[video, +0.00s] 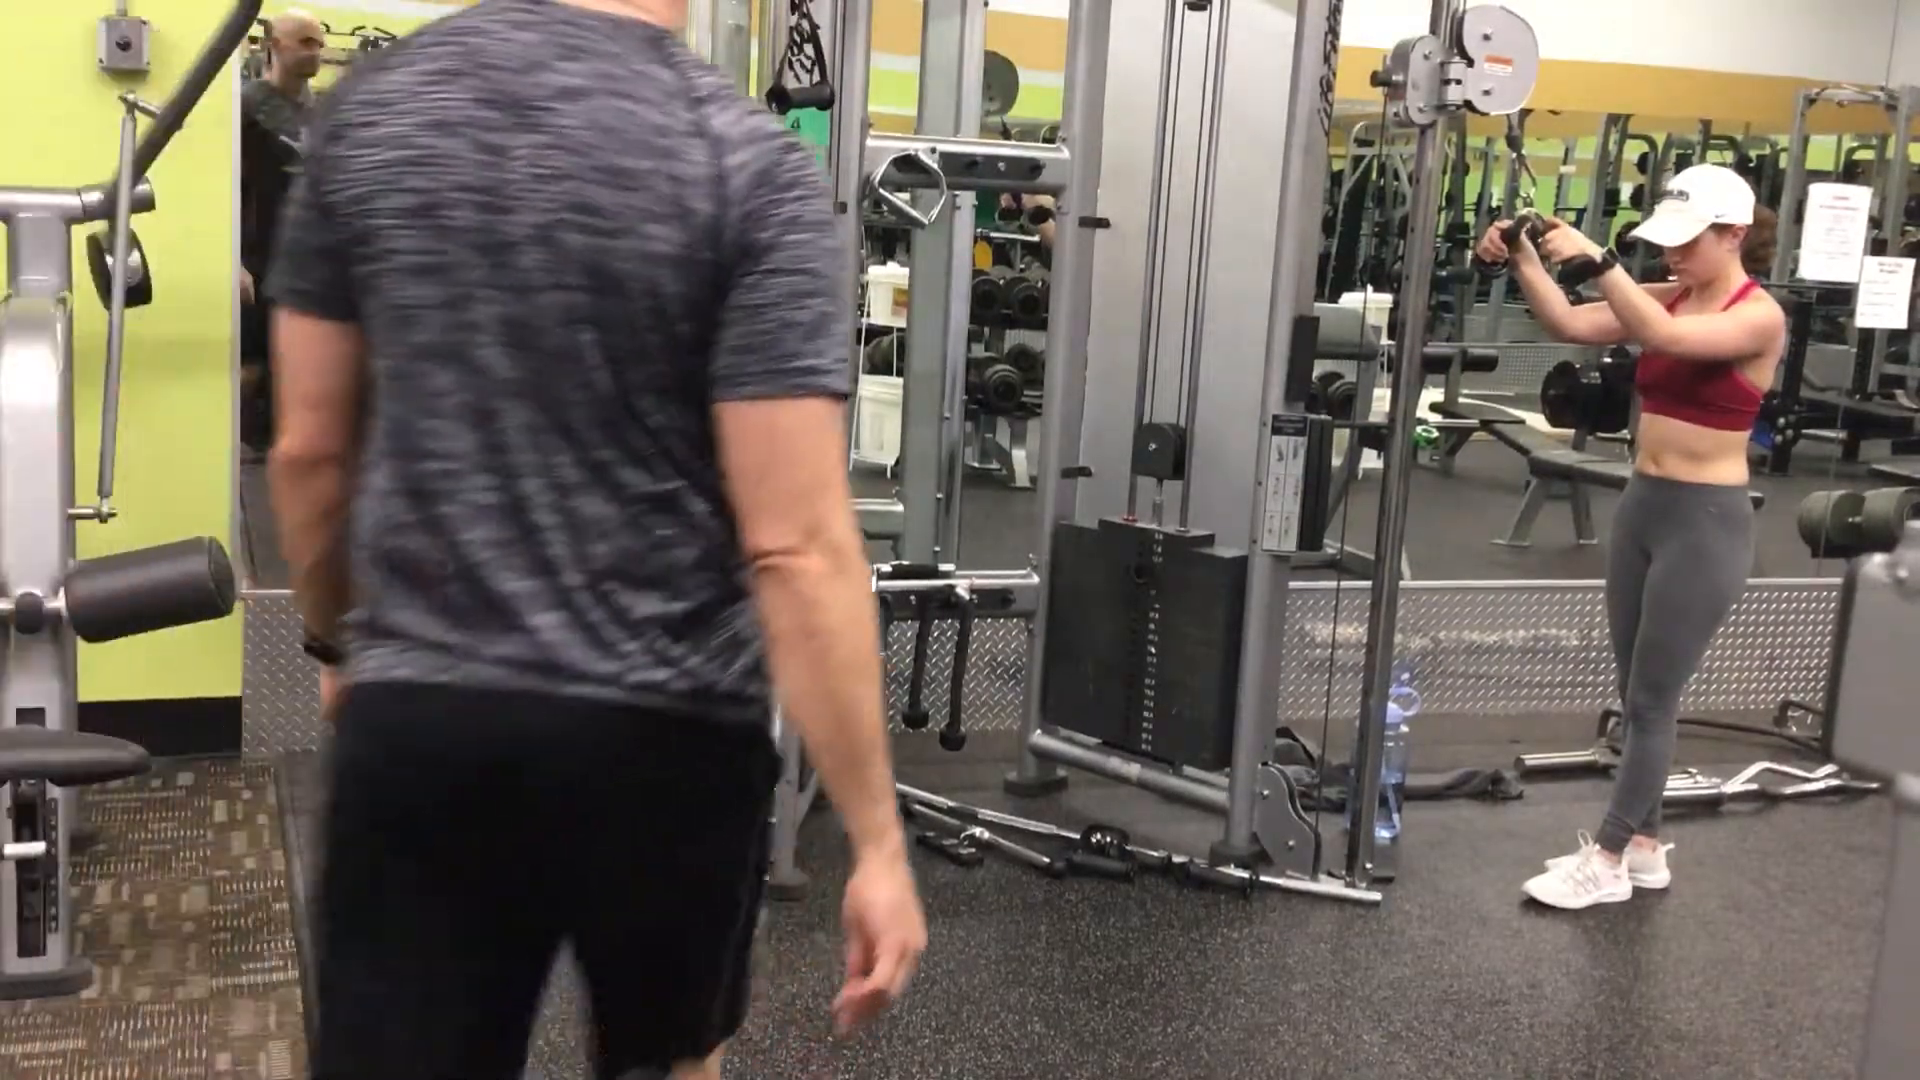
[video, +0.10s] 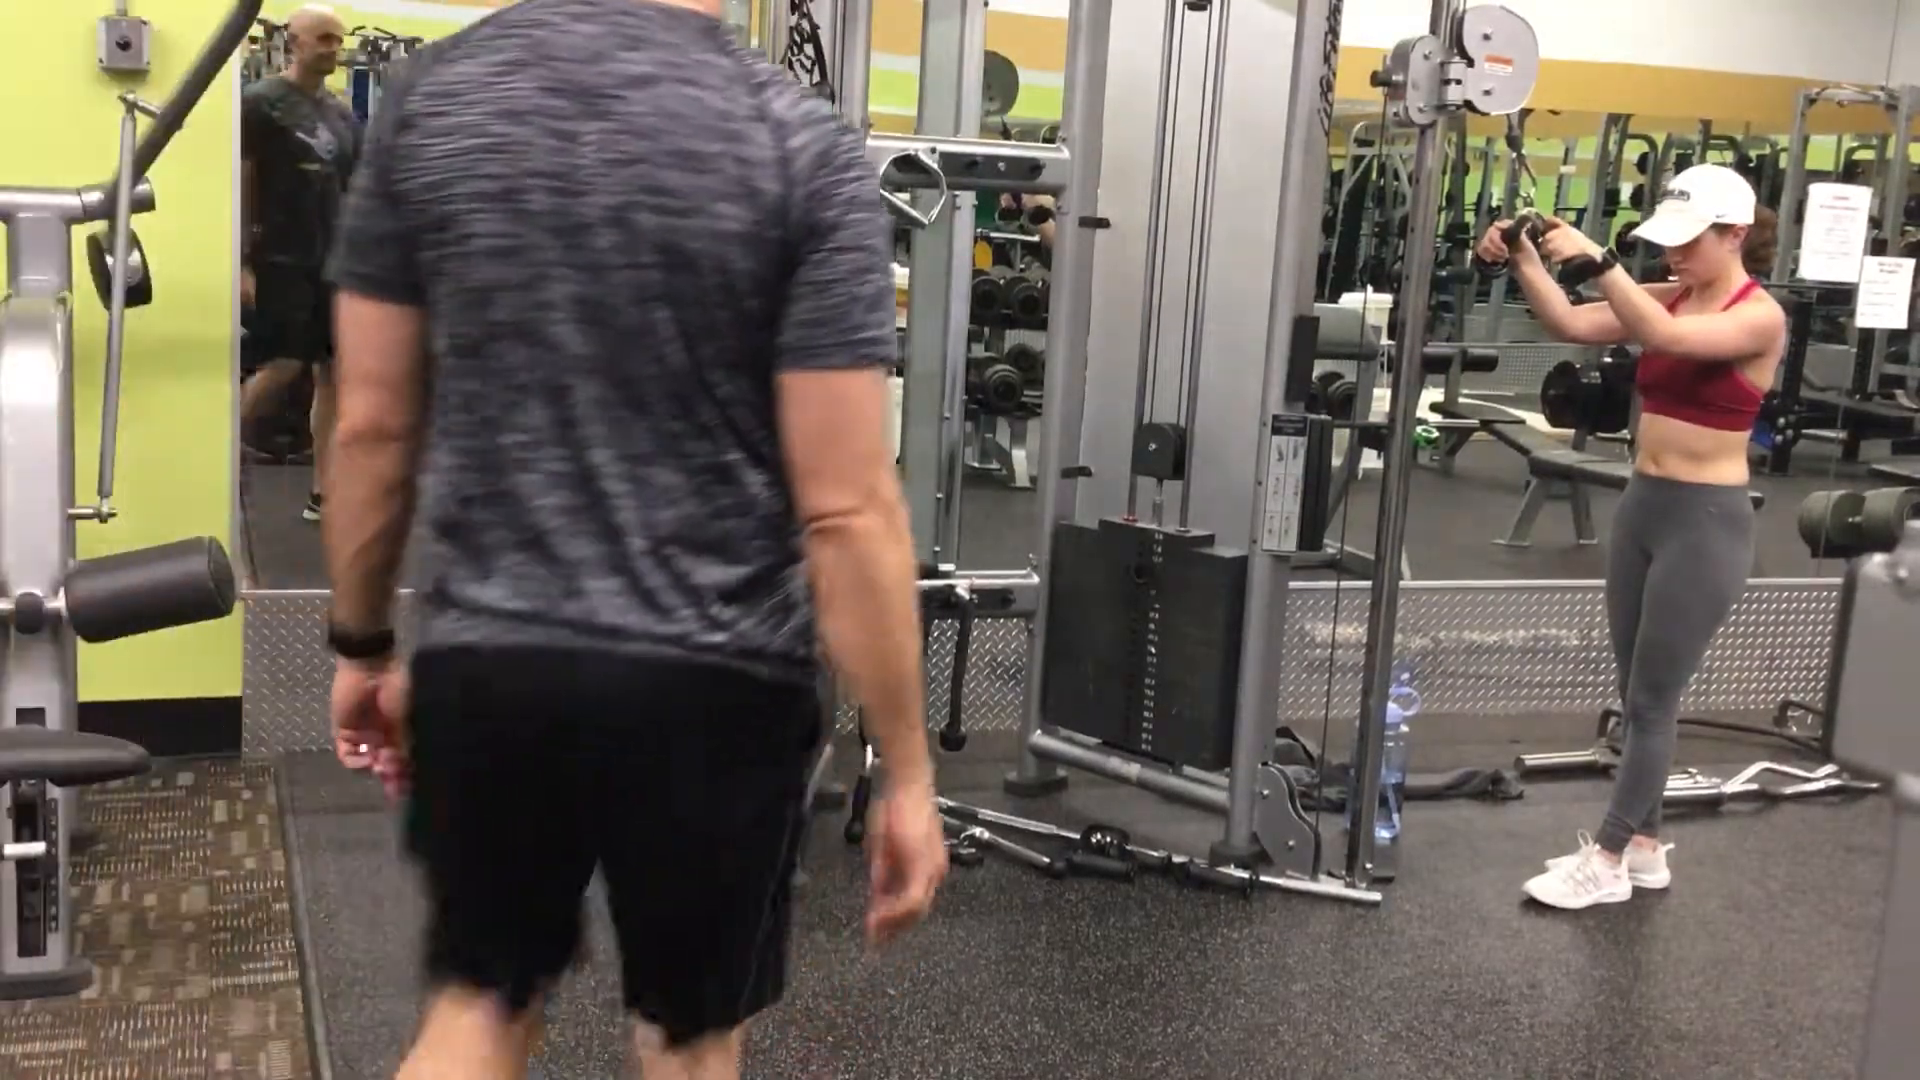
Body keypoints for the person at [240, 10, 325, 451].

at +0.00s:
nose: (317, 52)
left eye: (319, 42)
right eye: (306, 42)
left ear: (319, 48)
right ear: (276, 46)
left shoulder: (319, 113)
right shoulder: (245, 106)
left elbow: (328, 187)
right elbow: (227, 189)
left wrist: (331, 247)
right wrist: (234, 260)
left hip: (309, 252)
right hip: (261, 256)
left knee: (307, 351)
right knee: (259, 360)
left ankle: (304, 442)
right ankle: (257, 443)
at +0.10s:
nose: (336, 48)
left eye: (338, 40)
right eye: (325, 39)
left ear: (339, 47)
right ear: (294, 42)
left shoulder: (343, 115)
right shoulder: (258, 103)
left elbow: (353, 193)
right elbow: (238, 191)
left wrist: (356, 257)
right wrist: (240, 263)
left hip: (331, 262)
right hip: (277, 261)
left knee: (331, 376)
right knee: (284, 365)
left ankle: (323, 487)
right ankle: (218, 438)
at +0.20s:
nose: (349, 44)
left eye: (353, 36)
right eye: (338, 35)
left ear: (355, 44)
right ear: (307, 39)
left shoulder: (365, 118)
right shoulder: (272, 106)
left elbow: (374, 198)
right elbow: (249, 193)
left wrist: (389, 250)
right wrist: (244, 263)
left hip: (350, 261)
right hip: (292, 258)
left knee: (336, 376)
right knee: (306, 370)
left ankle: (323, 487)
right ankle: (275, 470)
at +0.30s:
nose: (361, 47)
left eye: (365, 39)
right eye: (350, 38)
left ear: (369, 46)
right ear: (321, 43)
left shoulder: (380, 119)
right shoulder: (288, 109)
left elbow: (393, 198)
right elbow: (262, 192)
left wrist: (414, 251)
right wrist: (251, 264)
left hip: (362, 266)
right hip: (308, 263)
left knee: (342, 380)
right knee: (326, 377)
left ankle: (324, 496)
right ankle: (321, 502)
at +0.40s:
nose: (375, 52)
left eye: (379, 44)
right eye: (364, 43)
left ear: (382, 52)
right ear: (335, 49)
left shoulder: (394, 129)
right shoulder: (301, 119)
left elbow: (412, 204)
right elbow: (275, 201)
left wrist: (438, 260)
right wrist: (266, 274)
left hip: (374, 273)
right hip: (319, 271)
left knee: (345, 389)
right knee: (343, 389)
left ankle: (324, 492)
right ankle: (358, 510)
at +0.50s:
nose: (385, 52)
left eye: (390, 43)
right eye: (373, 43)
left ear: (395, 52)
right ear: (346, 50)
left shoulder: (407, 132)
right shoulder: (315, 125)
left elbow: (427, 207)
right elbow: (293, 211)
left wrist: (458, 267)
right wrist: (289, 284)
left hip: (393, 280)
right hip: (337, 279)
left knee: (365, 392)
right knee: (360, 394)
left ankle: (330, 486)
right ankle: (369, 520)